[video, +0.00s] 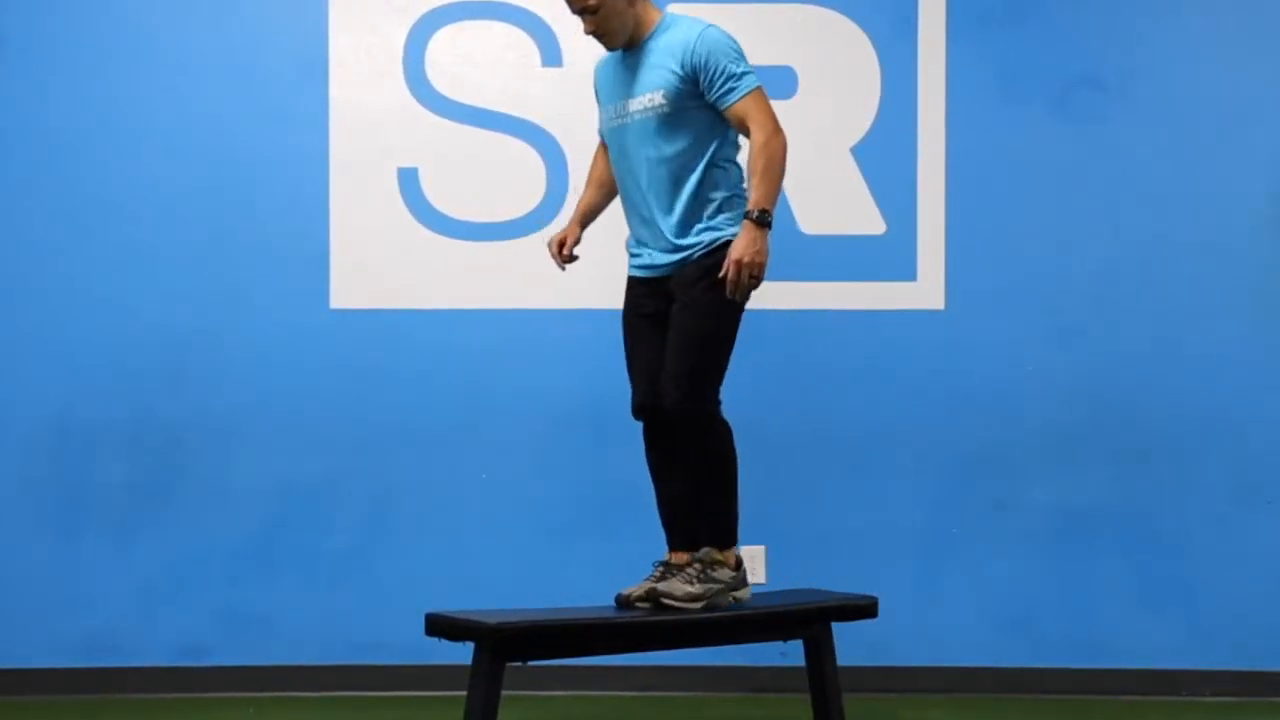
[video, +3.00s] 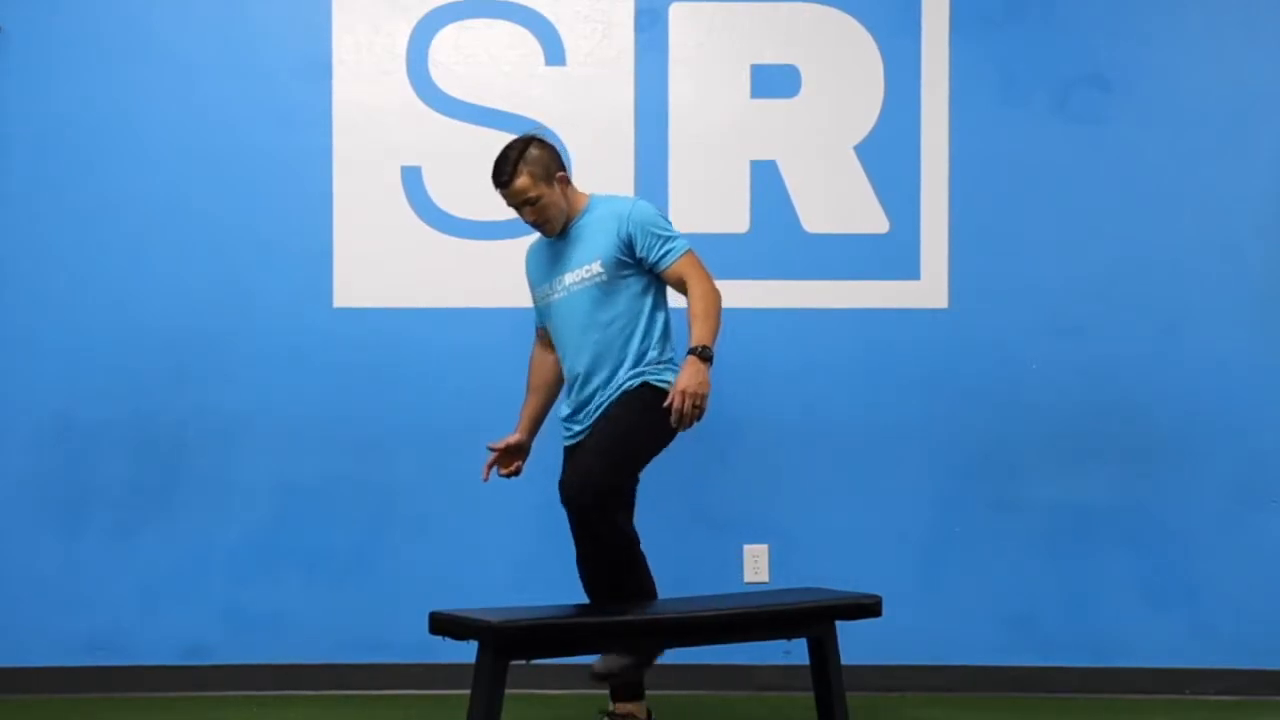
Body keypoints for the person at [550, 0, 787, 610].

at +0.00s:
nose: (583, 24)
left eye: (587, 10)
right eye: (577, 14)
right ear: (595, 11)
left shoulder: (699, 44)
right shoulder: (608, 70)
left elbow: (767, 134)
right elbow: (613, 154)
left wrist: (757, 225)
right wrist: (577, 220)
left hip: (712, 253)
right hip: (648, 265)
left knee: (689, 401)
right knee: (653, 409)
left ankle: (722, 562)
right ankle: (682, 561)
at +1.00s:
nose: (618, 71)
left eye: (625, 58)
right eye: (611, 60)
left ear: (663, 37)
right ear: (608, 49)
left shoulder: (724, 102)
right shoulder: (619, 91)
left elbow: (785, 198)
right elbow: (623, 175)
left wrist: (752, 277)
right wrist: (601, 253)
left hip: (703, 285)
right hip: (633, 288)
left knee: (667, 414)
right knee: (612, 429)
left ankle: (721, 569)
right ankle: (603, 581)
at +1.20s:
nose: (610, 160)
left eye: (620, 150)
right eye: (605, 149)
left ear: (657, 130)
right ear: (599, 136)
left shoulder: (709, 183)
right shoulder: (595, 169)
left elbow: (789, 258)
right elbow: (577, 237)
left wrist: (775, 340)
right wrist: (529, 306)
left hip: (694, 348)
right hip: (620, 362)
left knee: (635, 434)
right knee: (608, 508)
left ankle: (716, 566)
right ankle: (598, 655)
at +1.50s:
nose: (569, 222)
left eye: (576, 209)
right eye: (560, 211)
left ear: (610, 189)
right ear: (553, 200)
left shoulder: (668, 234)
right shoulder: (560, 250)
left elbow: (740, 307)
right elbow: (552, 336)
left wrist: (755, 390)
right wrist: (508, 407)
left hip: (685, 392)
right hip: (611, 417)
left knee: (621, 426)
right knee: (595, 562)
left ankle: (712, 559)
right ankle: (624, 705)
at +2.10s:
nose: (534, 207)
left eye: (539, 193)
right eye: (526, 197)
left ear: (574, 176)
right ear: (526, 192)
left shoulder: (636, 219)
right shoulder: (549, 243)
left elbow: (712, 286)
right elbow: (560, 333)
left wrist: (690, 343)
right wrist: (529, 415)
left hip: (654, 391)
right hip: (599, 411)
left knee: (576, 474)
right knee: (612, 558)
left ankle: (645, 583)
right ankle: (630, 703)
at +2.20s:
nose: (533, 206)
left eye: (538, 190)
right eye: (525, 195)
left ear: (574, 173)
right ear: (529, 189)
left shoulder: (635, 220)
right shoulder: (550, 244)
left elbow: (704, 294)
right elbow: (561, 335)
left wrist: (682, 355)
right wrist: (525, 417)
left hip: (643, 401)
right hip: (585, 422)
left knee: (596, 530)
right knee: (608, 550)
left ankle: (647, 673)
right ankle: (632, 687)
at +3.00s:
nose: (528, 216)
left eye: (532, 201)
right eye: (517, 207)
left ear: (562, 179)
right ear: (512, 202)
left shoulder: (626, 218)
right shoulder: (539, 257)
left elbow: (702, 287)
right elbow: (548, 348)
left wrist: (698, 362)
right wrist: (525, 432)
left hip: (646, 388)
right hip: (583, 415)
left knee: (588, 488)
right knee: (595, 545)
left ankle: (639, 625)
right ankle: (629, 702)